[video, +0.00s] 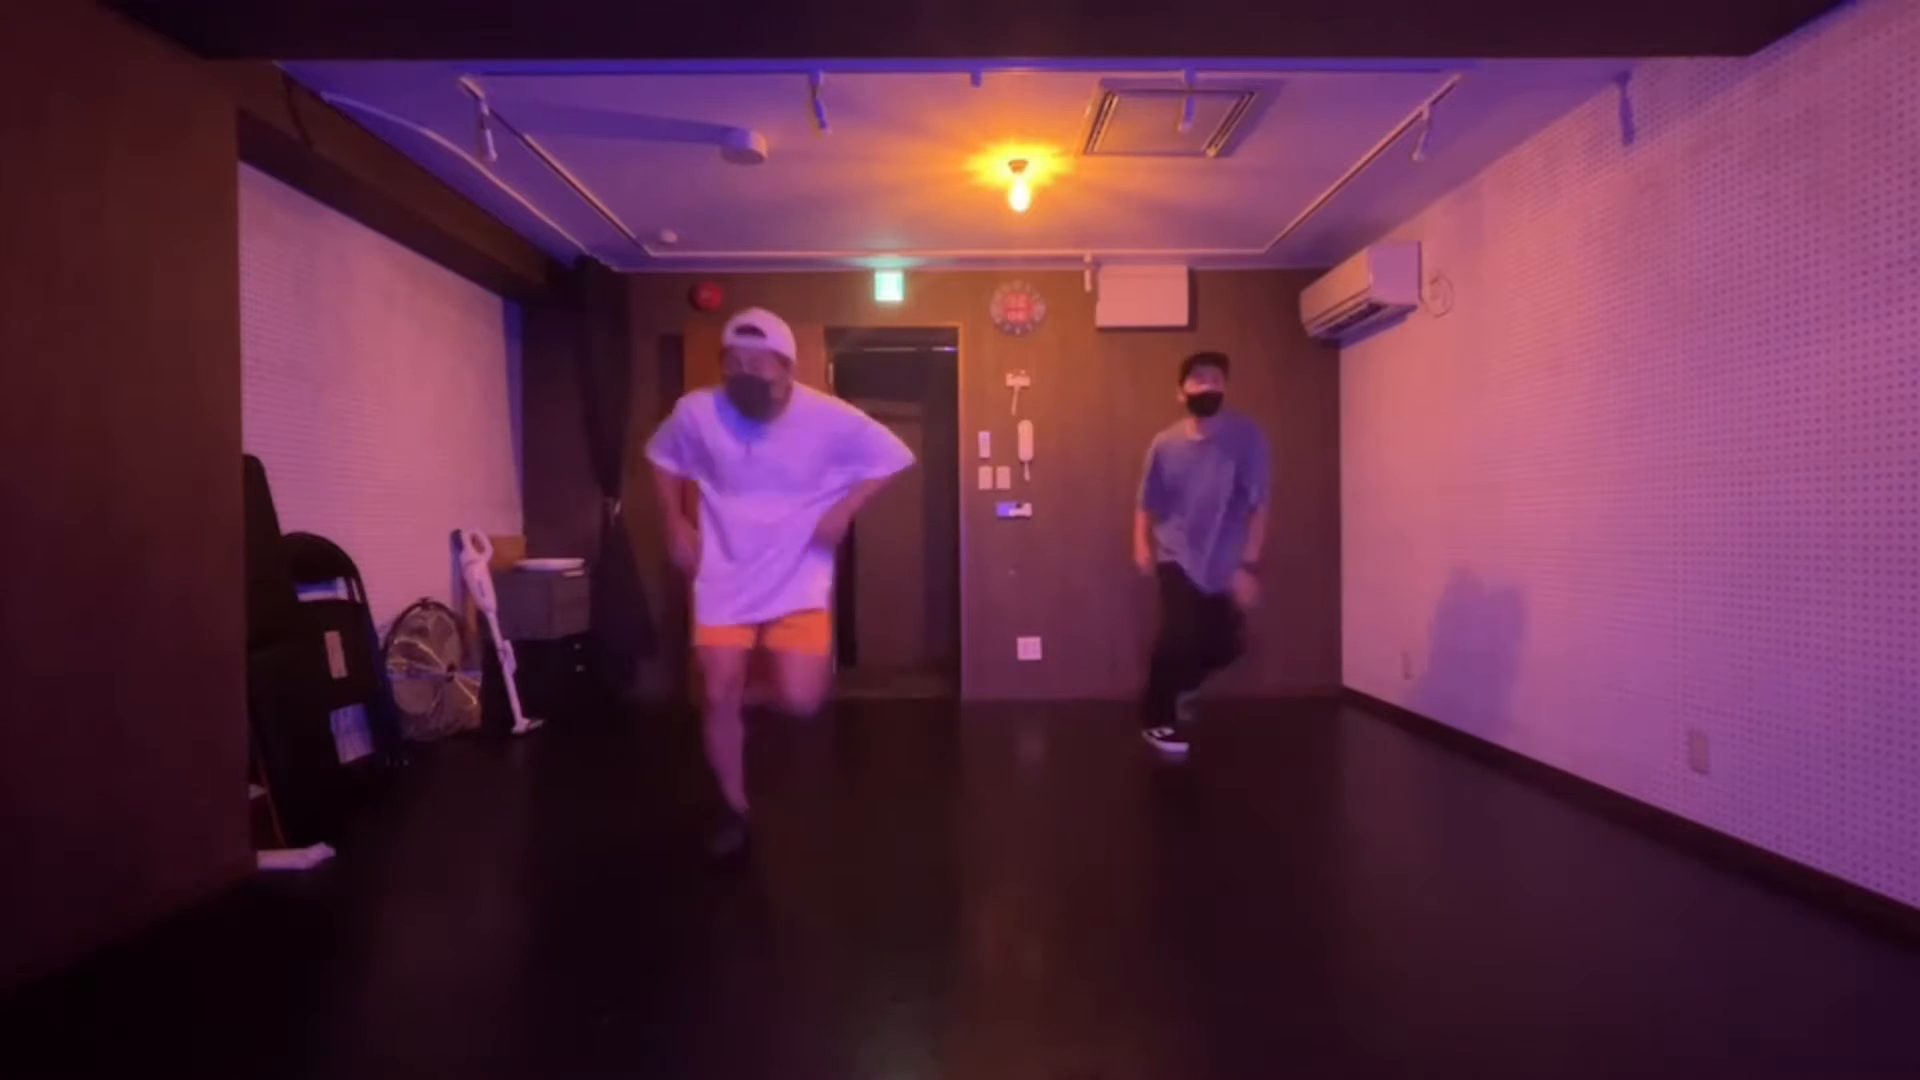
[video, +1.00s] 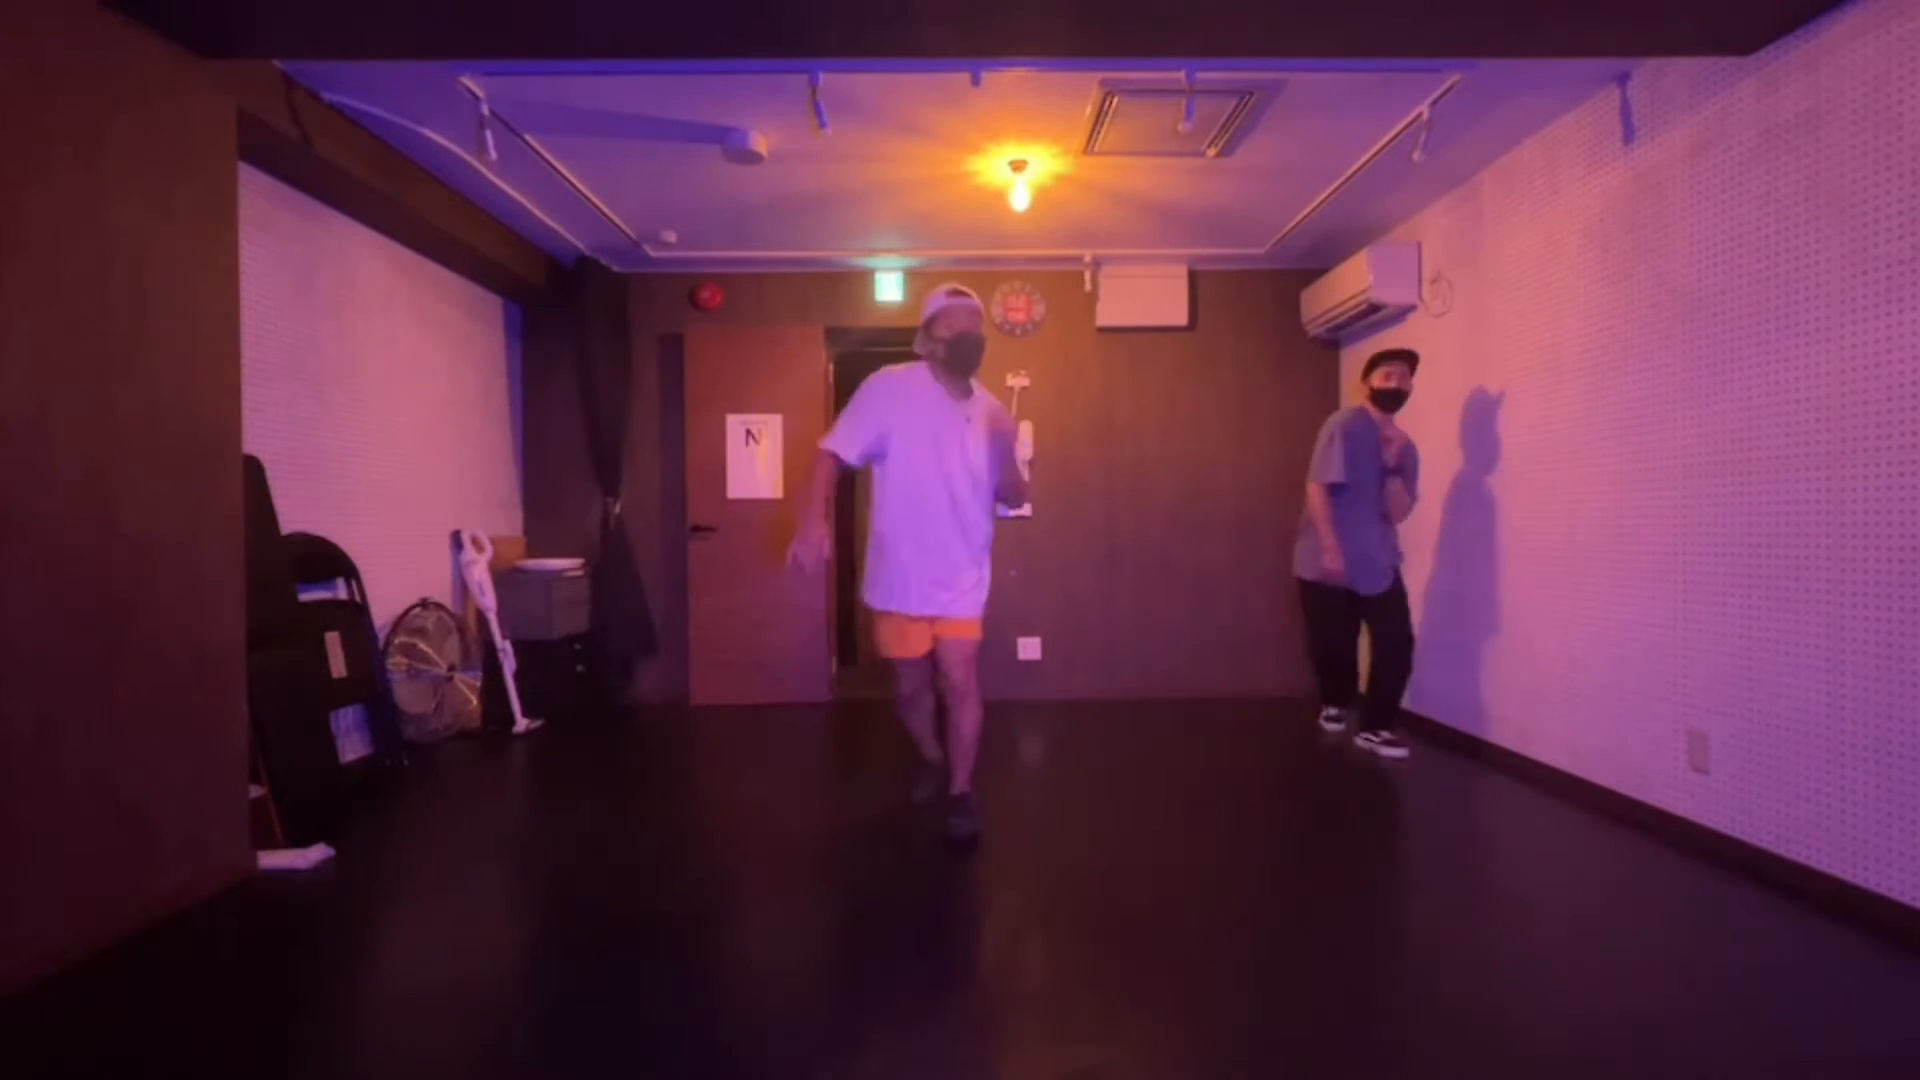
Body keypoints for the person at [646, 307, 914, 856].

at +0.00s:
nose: (750, 371)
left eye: (763, 360)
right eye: (740, 359)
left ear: (787, 368)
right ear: (725, 365)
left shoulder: (822, 414)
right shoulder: (698, 413)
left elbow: (893, 458)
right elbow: (662, 456)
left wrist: (844, 511)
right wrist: (676, 524)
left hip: (800, 575)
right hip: (723, 575)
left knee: (802, 697)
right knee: (721, 694)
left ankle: (738, 692)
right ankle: (734, 813)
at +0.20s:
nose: (811, 325)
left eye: (823, 316)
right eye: (801, 313)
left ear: (839, 328)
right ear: (776, 318)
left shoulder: (864, 393)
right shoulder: (737, 387)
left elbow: (897, 468)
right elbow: (701, 461)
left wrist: (869, 504)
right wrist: (690, 524)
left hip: (832, 565)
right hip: (750, 568)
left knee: (875, 673)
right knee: (743, 687)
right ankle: (736, 809)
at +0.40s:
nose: (869, 331)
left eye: (880, 321)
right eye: (858, 321)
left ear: (896, 325)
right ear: (837, 326)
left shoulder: (922, 397)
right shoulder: (803, 383)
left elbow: (936, 483)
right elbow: (771, 464)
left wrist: (916, 501)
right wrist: (735, 525)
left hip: (886, 569)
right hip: (806, 570)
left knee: (918, 682)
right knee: (774, 681)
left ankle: (899, 807)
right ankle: (741, 808)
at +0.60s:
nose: (914, 338)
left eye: (926, 329)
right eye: (904, 326)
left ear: (943, 338)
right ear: (884, 330)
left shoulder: (963, 397)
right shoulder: (844, 378)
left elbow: (1019, 454)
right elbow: (788, 433)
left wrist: (983, 476)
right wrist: (772, 483)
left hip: (918, 570)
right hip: (841, 561)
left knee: (929, 679)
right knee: (809, 668)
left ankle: (948, 792)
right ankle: (799, 791)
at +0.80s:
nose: (959, 368)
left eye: (969, 358)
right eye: (947, 356)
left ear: (980, 365)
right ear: (922, 360)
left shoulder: (995, 425)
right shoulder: (881, 397)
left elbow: (1057, 470)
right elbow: (803, 420)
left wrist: (1016, 486)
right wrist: (810, 488)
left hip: (950, 578)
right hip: (876, 572)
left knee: (941, 687)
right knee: (867, 691)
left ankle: (955, 799)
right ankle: (889, 775)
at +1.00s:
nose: (966, 345)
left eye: (974, 336)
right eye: (953, 335)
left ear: (984, 343)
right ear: (926, 341)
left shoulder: (990, 413)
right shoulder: (889, 389)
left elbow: (1012, 497)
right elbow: (831, 455)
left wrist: (1006, 454)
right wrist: (813, 523)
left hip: (962, 571)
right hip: (898, 570)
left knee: (961, 680)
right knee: (911, 687)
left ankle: (962, 792)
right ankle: (932, 761)